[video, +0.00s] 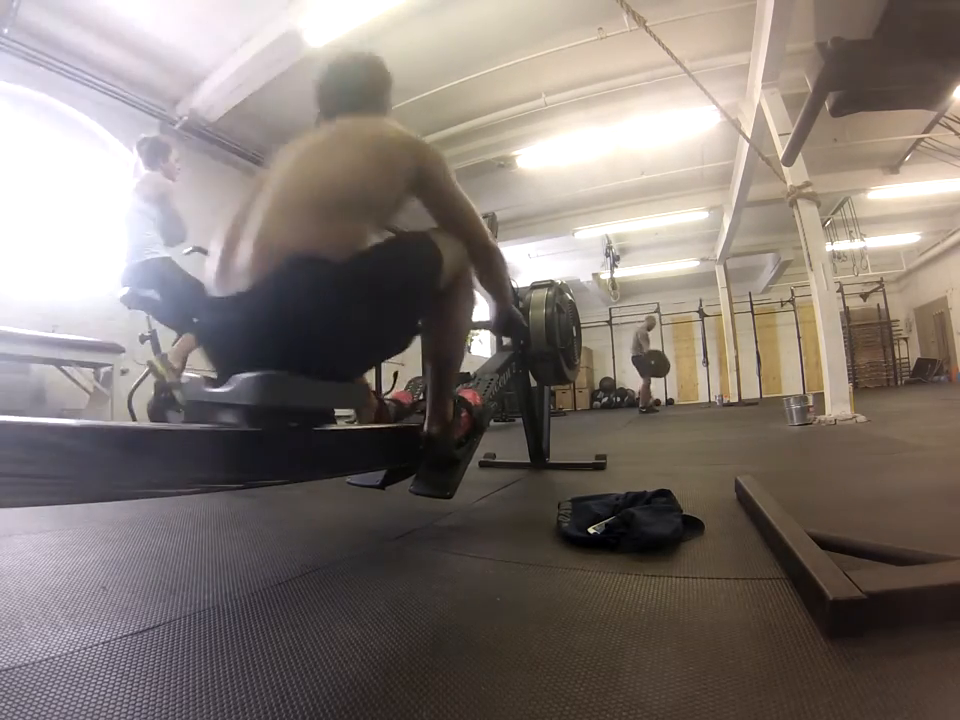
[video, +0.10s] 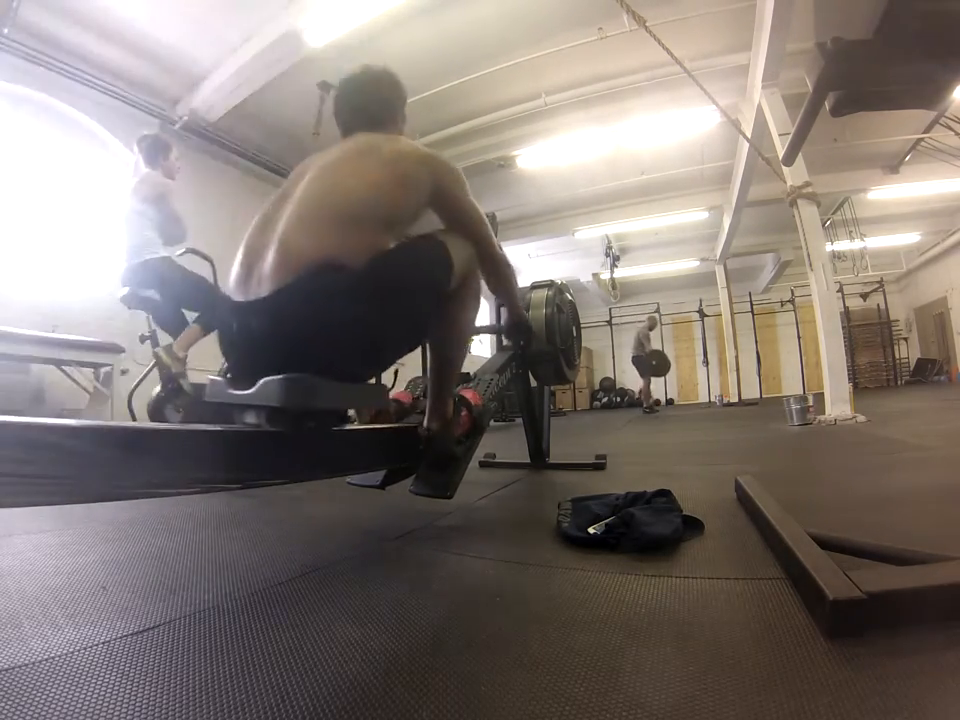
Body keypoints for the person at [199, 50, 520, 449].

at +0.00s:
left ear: (322, 107)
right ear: (385, 100)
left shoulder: (290, 154)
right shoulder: (403, 145)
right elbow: (482, 244)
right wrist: (505, 308)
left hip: (234, 336)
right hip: (321, 322)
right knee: (457, 251)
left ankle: (370, 408)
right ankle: (440, 424)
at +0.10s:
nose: (406, 122)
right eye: (406, 116)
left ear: (341, 125)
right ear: (401, 119)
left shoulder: (309, 168)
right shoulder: (422, 161)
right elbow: (492, 255)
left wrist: (176, 346)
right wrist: (516, 316)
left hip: (248, 351)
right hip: (331, 335)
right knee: (467, 249)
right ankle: (440, 418)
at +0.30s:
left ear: (318, 102)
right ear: (383, 92)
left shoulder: (285, 154)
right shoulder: (409, 144)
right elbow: (478, 232)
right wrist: (512, 281)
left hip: (230, 343)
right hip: (314, 324)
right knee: (458, 252)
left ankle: (369, 413)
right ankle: (439, 422)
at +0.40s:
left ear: (285, 69)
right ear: (348, 58)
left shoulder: (251, 128)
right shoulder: (375, 110)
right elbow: (456, 215)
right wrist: (494, 263)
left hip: (205, 329)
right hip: (296, 309)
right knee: (450, 254)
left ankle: (368, 411)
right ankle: (439, 424)